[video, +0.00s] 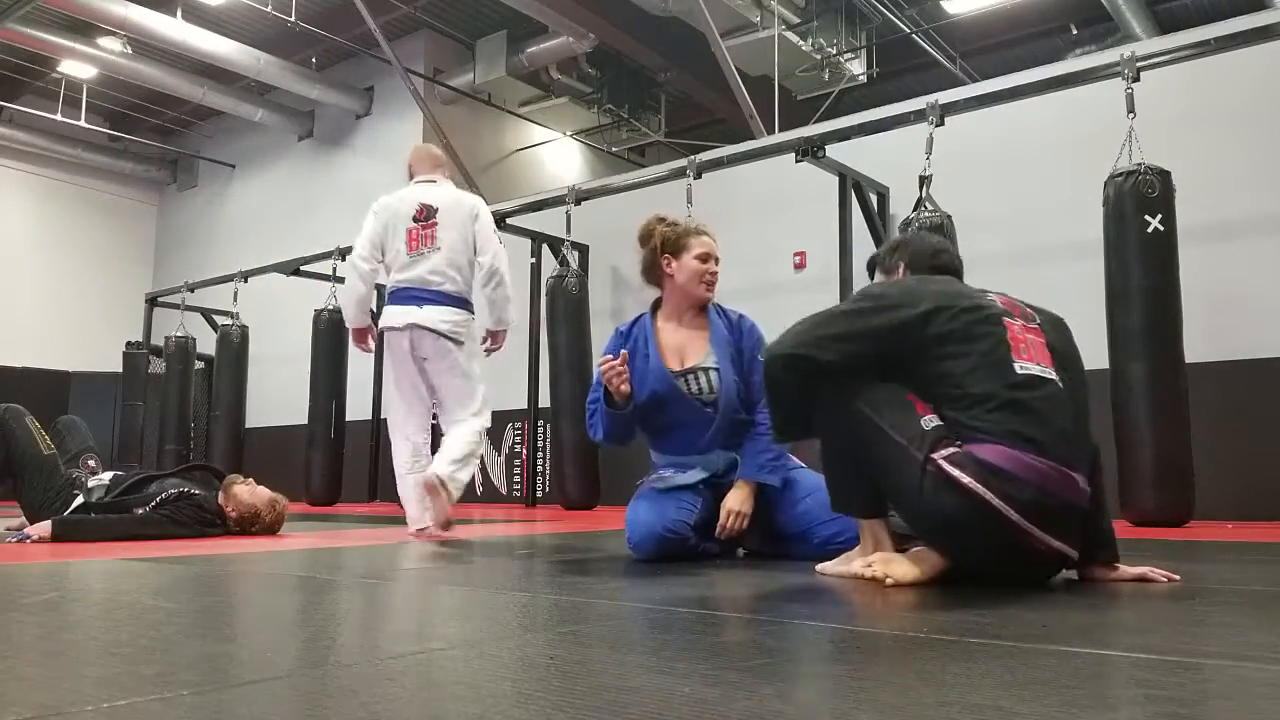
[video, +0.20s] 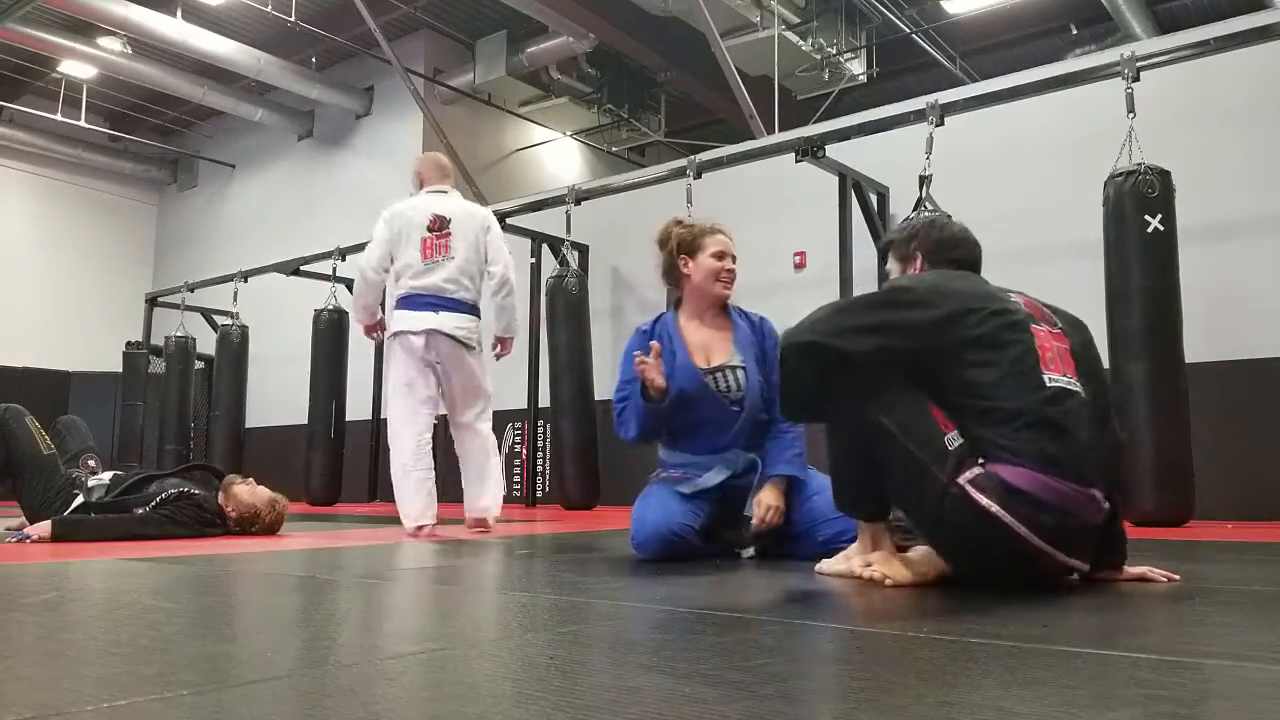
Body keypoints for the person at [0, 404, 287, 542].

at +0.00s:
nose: (247, 476)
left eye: (249, 488)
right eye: (255, 483)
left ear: (233, 510)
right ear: (235, 505)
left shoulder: (197, 513)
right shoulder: (216, 491)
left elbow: (128, 524)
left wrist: (56, 527)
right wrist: (112, 481)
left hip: (68, 501)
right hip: (101, 485)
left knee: (12, 414)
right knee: (68, 421)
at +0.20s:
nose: (247, 476)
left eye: (249, 488)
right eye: (255, 483)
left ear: (233, 510)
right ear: (235, 505)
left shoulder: (196, 513)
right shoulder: (216, 490)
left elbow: (128, 524)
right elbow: (155, 485)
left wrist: (55, 526)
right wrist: (113, 479)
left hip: (67, 500)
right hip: (101, 484)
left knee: (11, 414)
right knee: (68, 421)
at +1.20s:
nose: (248, 477)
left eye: (251, 488)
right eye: (256, 483)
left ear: (234, 510)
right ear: (236, 504)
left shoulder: (199, 513)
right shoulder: (214, 486)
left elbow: (130, 525)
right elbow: (150, 485)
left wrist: (56, 526)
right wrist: (111, 481)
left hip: (69, 500)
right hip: (99, 486)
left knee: (11, 414)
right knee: (69, 422)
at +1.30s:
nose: (248, 476)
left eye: (251, 487)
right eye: (257, 483)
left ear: (234, 510)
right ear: (236, 505)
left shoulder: (199, 513)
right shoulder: (215, 487)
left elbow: (130, 525)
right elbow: (150, 486)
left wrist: (56, 526)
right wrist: (112, 481)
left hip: (69, 500)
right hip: (99, 485)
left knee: (11, 414)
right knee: (69, 422)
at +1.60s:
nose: (248, 477)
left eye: (250, 488)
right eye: (256, 483)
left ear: (234, 510)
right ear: (235, 504)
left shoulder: (199, 513)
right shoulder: (216, 490)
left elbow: (130, 524)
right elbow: (153, 483)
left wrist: (54, 526)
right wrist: (111, 477)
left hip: (69, 500)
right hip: (101, 485)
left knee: (12, 414)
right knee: (69, 421)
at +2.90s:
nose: (248, 477)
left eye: (250, 489)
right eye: (256, 483)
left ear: (234, 511)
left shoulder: (200, 514)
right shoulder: (214, 482)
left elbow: (129, 525)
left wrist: (57, 526)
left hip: (68, 500)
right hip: (100, 483)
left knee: (11, 414)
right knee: (70, 421)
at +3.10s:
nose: (244, 478)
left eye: (247, 489)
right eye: (252, 483)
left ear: (234, 511)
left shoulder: (198, 514)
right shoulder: (216, 484)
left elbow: (129, 525)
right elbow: (161, 479)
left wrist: (56, 526)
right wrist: (121, 477)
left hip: (69, 500)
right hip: (104, 481)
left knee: (10, 414)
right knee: (71, 422)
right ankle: (35, 504)